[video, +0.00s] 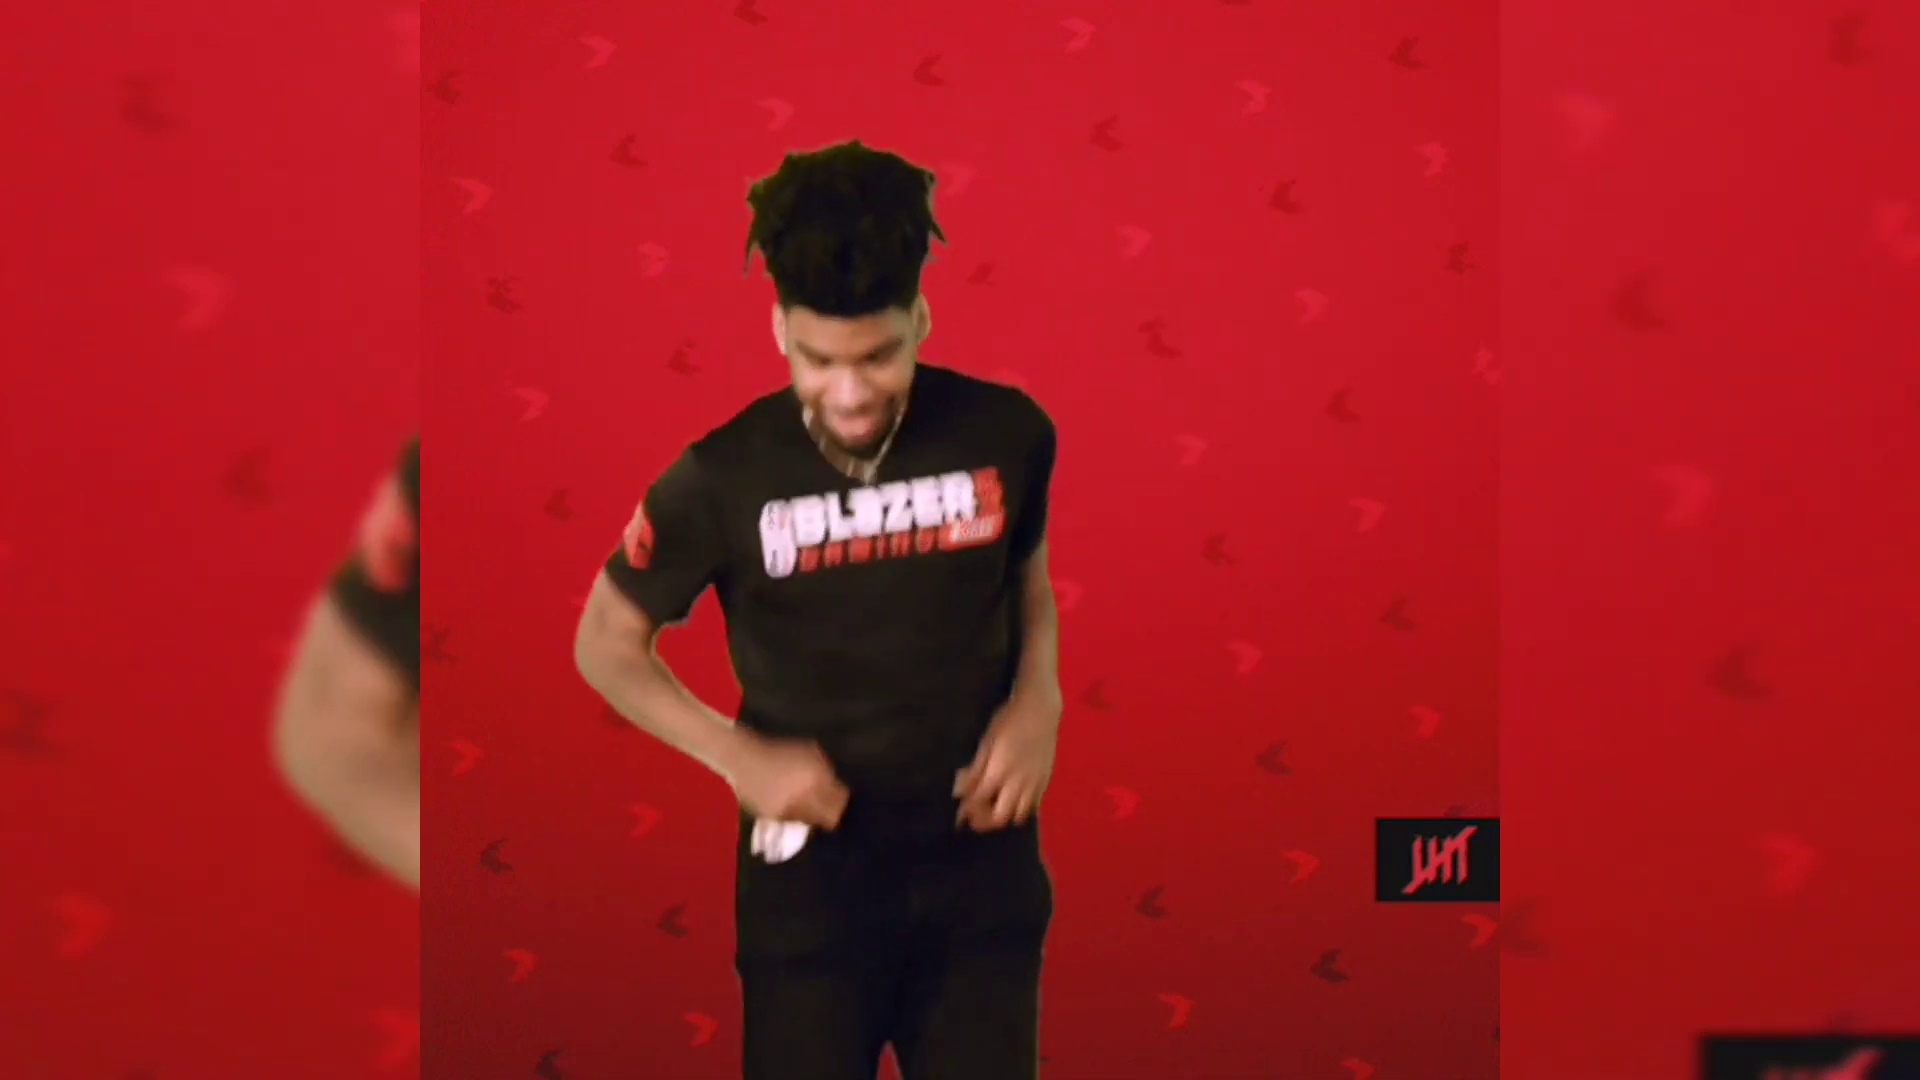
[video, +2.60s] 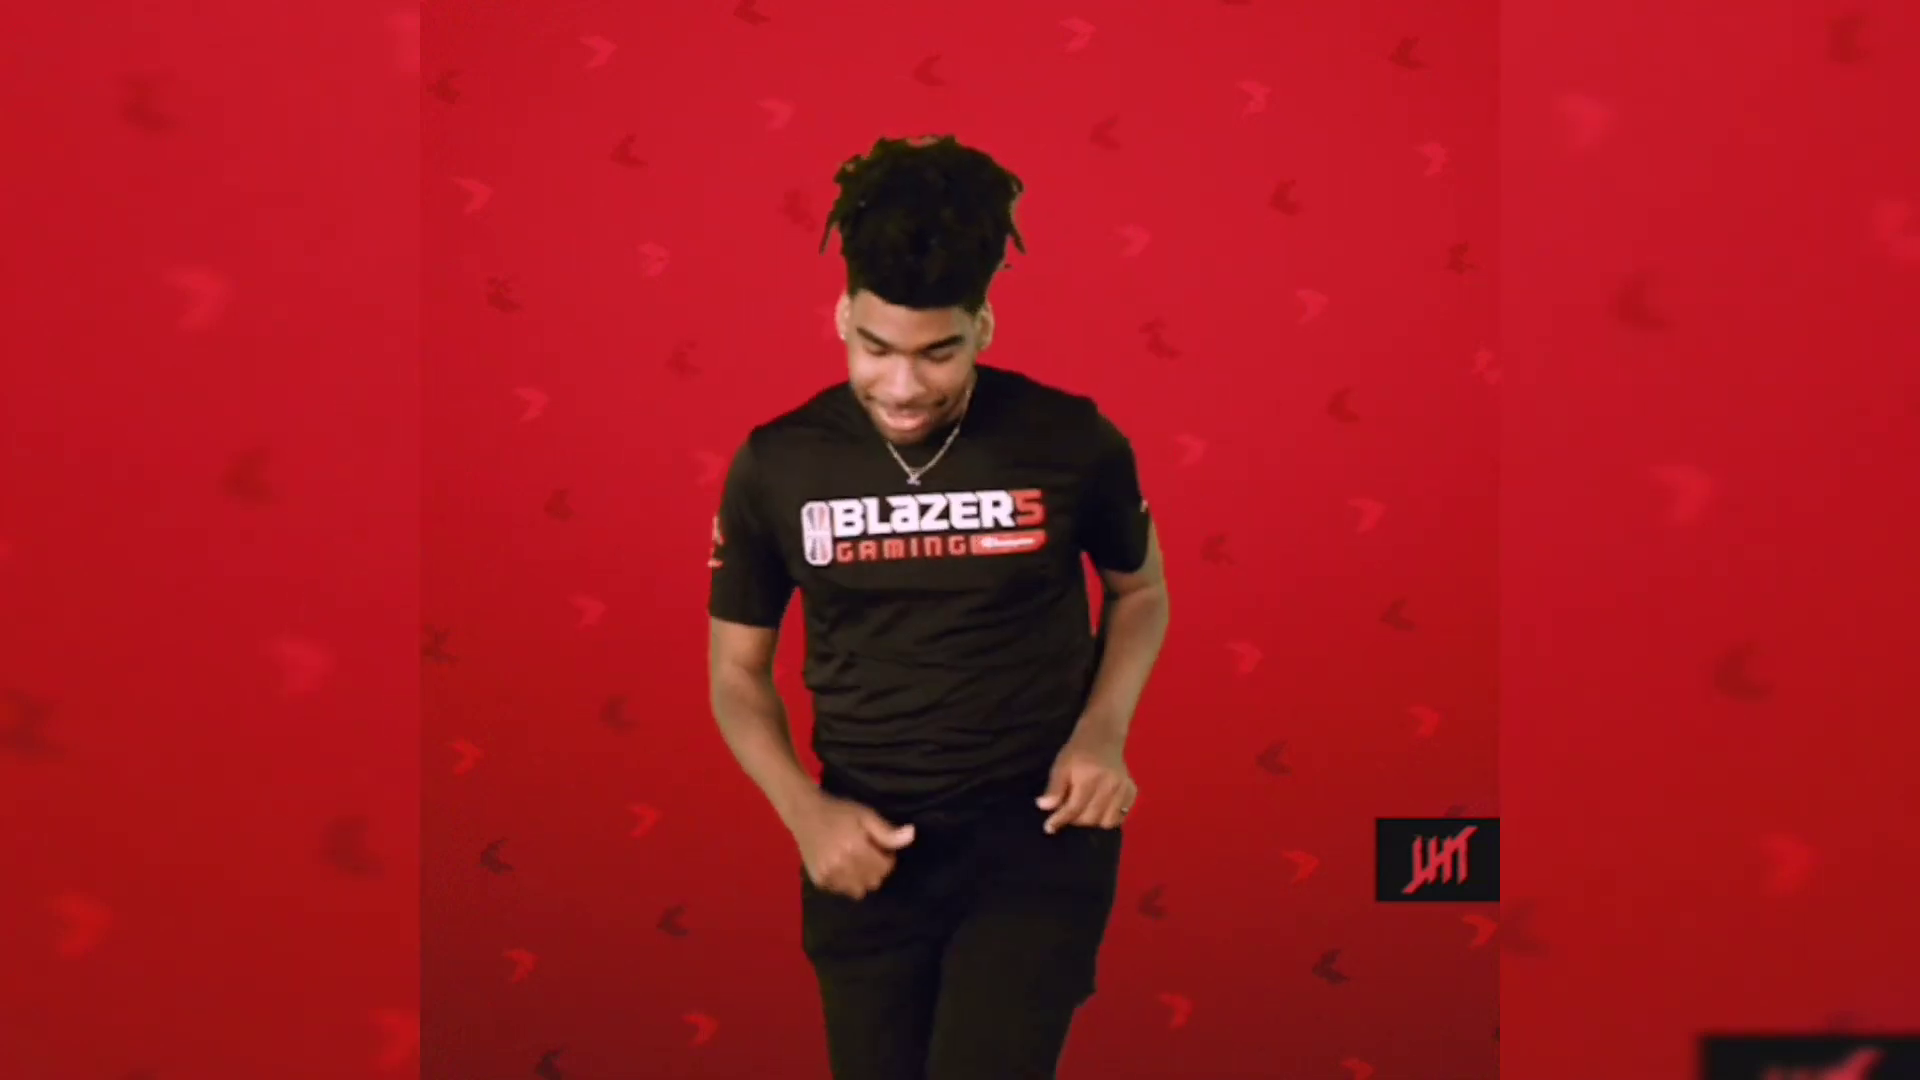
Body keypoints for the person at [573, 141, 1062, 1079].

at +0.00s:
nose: (850, 390)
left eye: (877, 356)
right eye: (818, 358)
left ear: (922, 318)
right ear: (779, 324)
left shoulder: (1008, 438)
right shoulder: (720, 483)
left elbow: (1028, 582)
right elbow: (605, 643)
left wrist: (1037, 703)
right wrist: (740, 757)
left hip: (981, 873)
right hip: (810, 883)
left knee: (986, 1062)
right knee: (805, 1063)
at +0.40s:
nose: (917, 387)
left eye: (948, 352)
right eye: (883, 354)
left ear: (993, 311)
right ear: (849, 315)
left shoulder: (1065, 426)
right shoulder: (797, 482)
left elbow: (1064, 571)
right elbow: (683, 661)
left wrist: (1112, 688)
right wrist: (837, 774)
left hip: (1057, 878)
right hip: (886, 898)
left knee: (1098, 1062)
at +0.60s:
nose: (1003, 392)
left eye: (1033, 356)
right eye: (970, 358)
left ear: (1078, 315)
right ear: (936, 322)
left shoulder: (1139, 445)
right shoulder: (857, 478)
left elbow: (1134, 569)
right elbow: (728, 635)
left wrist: (1169, 693)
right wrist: (866, 775)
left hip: (1117, 880)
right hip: (945, 897)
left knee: (1133, 1061)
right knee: (973, 1061)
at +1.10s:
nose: (933, 365)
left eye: (967, 337)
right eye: (917, 329)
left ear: (1052, 321)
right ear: (903, 304)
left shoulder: (1148, 475)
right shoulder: (867, 443)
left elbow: (1222, 665)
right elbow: (822, 601)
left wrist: (1104, 746)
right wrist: (815, 731)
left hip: (1049, 906)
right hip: (878, 892)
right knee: (849, 1063)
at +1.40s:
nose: (835, 350)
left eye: (872, 320)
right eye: (818, 315)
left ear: (951, 300)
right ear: (802, 292)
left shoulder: (1064, 451)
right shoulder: (777, 432)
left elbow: (1138, 627)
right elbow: (753, 579)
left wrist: (1027, 723)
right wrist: (734, 684)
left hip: (958, 867)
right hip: (783, 849)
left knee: (918, 1062)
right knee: (758, 1061)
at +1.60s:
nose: (868, 363)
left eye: (893, 329)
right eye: (836, 332)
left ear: (920, 302)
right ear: (773, 306)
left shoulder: (1003, 433)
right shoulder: (706, 457)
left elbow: (1081, 591)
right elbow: (670, 605)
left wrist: (1005, 716)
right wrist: (705, 720)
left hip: (951, 868)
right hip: (771, 868)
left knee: (942, 1064)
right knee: (760, 1064)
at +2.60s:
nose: (902, 383)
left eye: (937, 351)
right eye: (875, 345)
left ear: (985, 318)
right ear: (843, 310)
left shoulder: (1075, 446)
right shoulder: (779, 468)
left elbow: (1140, 587)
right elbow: (738, 673)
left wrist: (1103, 732)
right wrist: (805, 812)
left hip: (1039, 848)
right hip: (865, 859)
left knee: (988, 1059)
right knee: (875, 1063)